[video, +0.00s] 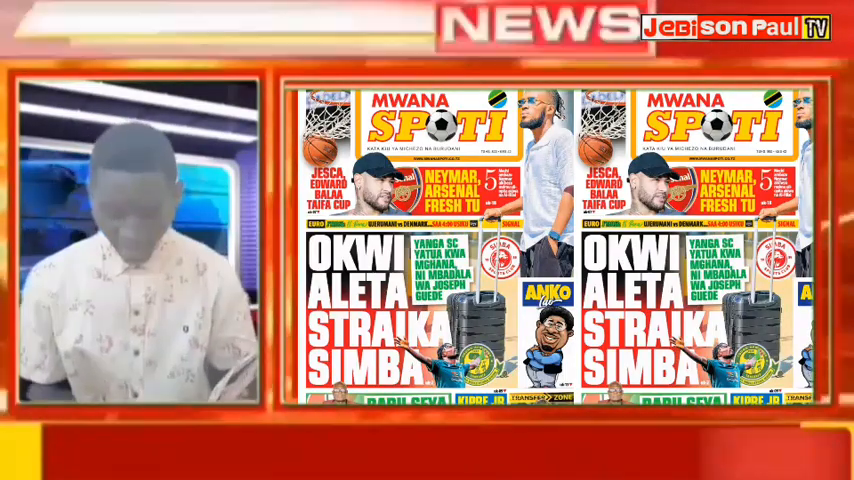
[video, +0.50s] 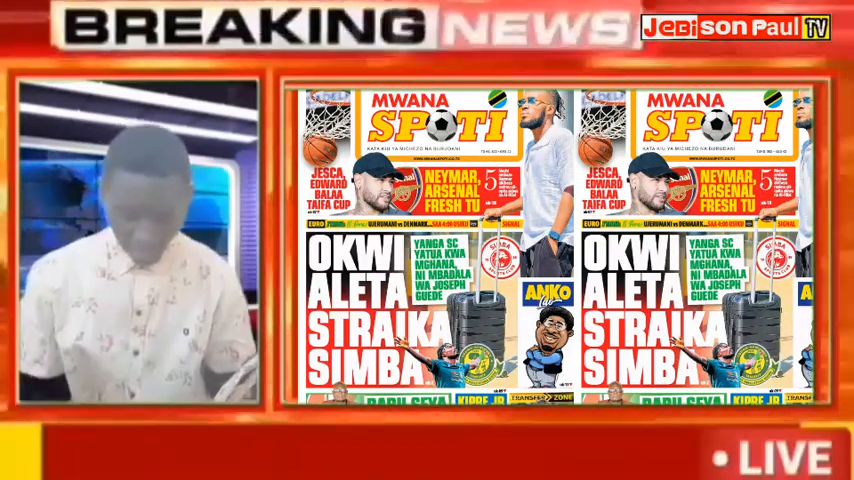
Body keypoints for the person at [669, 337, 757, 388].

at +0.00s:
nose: (729, 348)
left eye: (729, 346)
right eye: (725, 347)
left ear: (731, 351)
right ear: (719, 353)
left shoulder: (737, 366)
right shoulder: (714, 364)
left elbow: (749, 365)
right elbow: (698, 359)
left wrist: (754, 359)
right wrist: (684, 348)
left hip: (736, 401)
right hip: (720, 401)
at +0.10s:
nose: (729, 348)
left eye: (729, 347)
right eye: (725, 347)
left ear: (731, 351)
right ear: (718, 353)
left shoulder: (737, 366)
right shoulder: (714, 364)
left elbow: (750, 365)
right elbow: (698, 359)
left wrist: (754, 359)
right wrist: (684, 348)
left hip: (737, 401)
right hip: (720, 401)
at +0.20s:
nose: (729, 348)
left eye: (729, 347)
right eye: (725, 347)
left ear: (731, 351)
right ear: (718, 353)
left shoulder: (737, 366)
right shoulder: (714, 364)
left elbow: (750, 365)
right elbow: (698, 359)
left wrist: (754, 359)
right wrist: (684, 348)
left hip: (737, 401)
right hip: (720, 401)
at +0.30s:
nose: (729, 348)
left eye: (729, 347)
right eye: (725, 347)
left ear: (731, 351)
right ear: (718, 353)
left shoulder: (737, 366)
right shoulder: (714, 364)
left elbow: (750, 365)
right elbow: (698, 359)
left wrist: (754, 359)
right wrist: (684, 348)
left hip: (737, 401)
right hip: (720, 401)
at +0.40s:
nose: (729, 348)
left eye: (729, 347)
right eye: (725, 347)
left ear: (731, 351)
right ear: (718, 353)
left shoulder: (737, 366)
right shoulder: (714, 364)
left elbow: (750, 365)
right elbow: (698, 359)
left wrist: (754, 359)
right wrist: (684, 348)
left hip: (737, 401)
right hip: (720, 401)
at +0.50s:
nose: (729, 348)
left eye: (729, 347)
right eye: (725, 347)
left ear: (731, 351)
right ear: (718, 353)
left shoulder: (737, 366)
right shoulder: (714, 364)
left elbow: (750, 365)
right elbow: (698, 359)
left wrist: (754, 359)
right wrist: (684, 348)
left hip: (737, 401)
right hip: (720, 401)